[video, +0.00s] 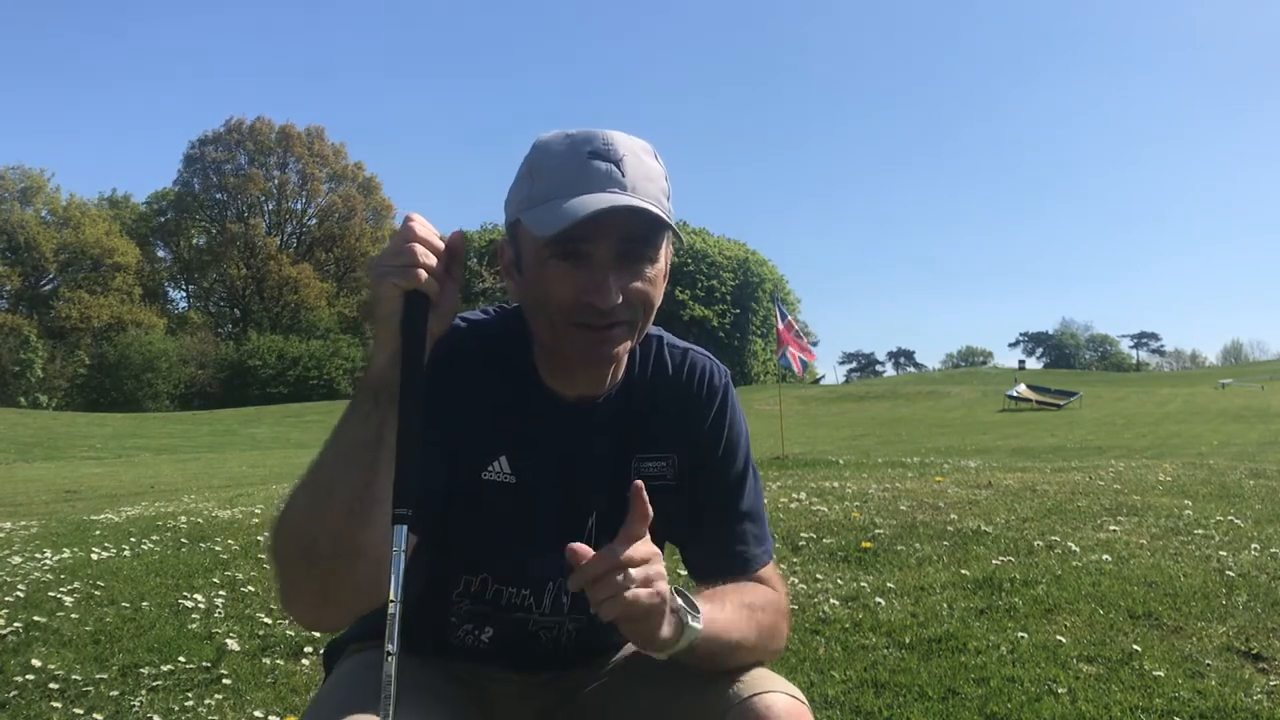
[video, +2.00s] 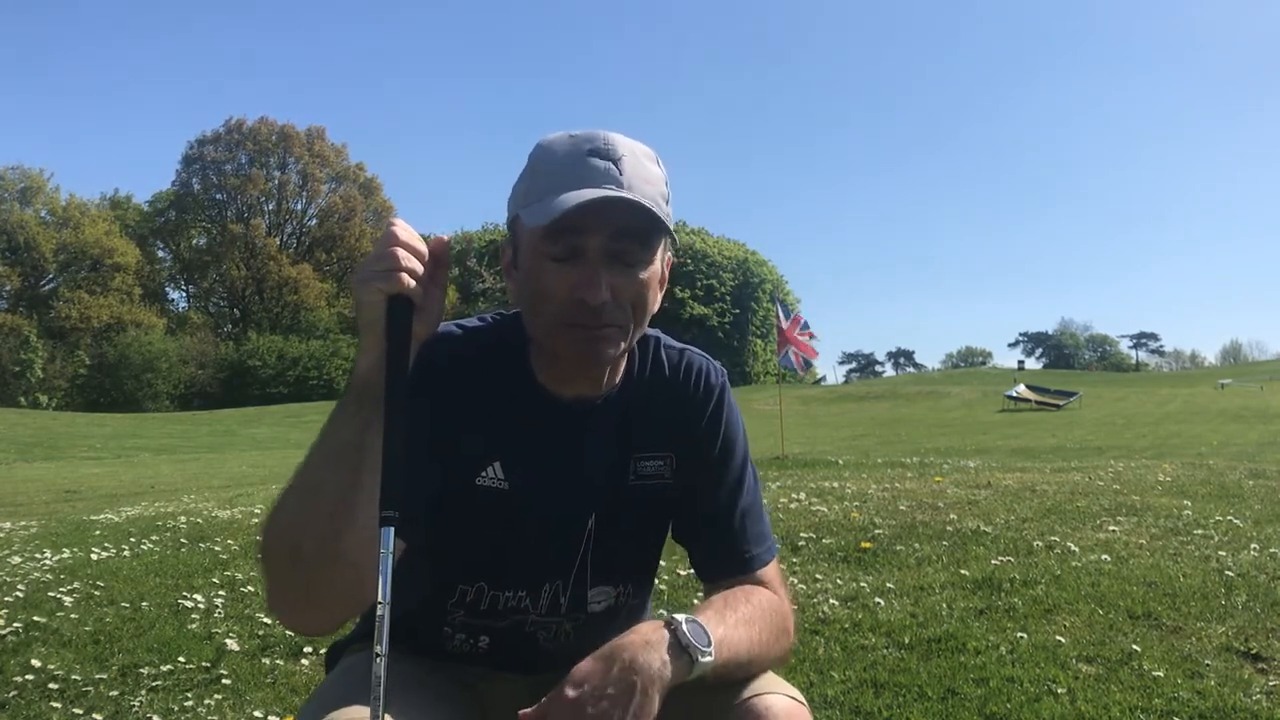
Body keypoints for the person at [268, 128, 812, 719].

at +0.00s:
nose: (607, 292)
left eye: (636, 254)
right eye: (570, 253)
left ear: (666, 268)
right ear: (509, 263)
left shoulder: (693, 388)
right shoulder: (441, 367)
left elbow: (763, 613)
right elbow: (316, 602)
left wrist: (676, 618)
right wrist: (388, 365)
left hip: (609, 668)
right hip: (435, 668)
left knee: (776, 709)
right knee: (351, 710)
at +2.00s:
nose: (596, 289)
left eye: (626, 254)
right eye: (564, 253)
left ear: (663, 275)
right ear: (510, 263)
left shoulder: (689, 390)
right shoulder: (437, 369)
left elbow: (765, 607)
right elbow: (303, 606)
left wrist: (668, 647)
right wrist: (377, 367)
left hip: (612, 670)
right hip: (432, 669)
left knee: (778, 711)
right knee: (346, 715)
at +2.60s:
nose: (604, 312)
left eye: (633, 278)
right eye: (573, 276)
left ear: (667, 279)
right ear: (513, 269)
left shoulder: (690, 392)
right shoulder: (439, 369)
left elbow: (761, 600)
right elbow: (312, 606)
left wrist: (694, 643)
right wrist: (384, 369)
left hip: (610, 673)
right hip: (432, 670)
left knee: (778, 710)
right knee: (346, 713)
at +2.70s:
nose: (610, 316)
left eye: (636, 280)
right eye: (578, 279)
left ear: (668, 277)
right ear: (514, 270)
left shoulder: (692, 392)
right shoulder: (436, 368)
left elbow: (755, 590)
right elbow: (312, 607)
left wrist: (721, 640)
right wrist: (381, 368)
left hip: (608, 672)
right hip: (431, 671)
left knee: (778, 710)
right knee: (349, 714)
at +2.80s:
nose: (610, 316)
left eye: (638, 281)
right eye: (578, 279)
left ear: (668, 278)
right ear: (514, 269)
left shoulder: (692, 392)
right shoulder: (435, 370)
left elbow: (752, 587)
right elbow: (312, 607)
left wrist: (748, 624)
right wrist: (379, 368)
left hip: (606, 672)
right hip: (433, 673)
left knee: (780, 711)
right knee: (352, 715)